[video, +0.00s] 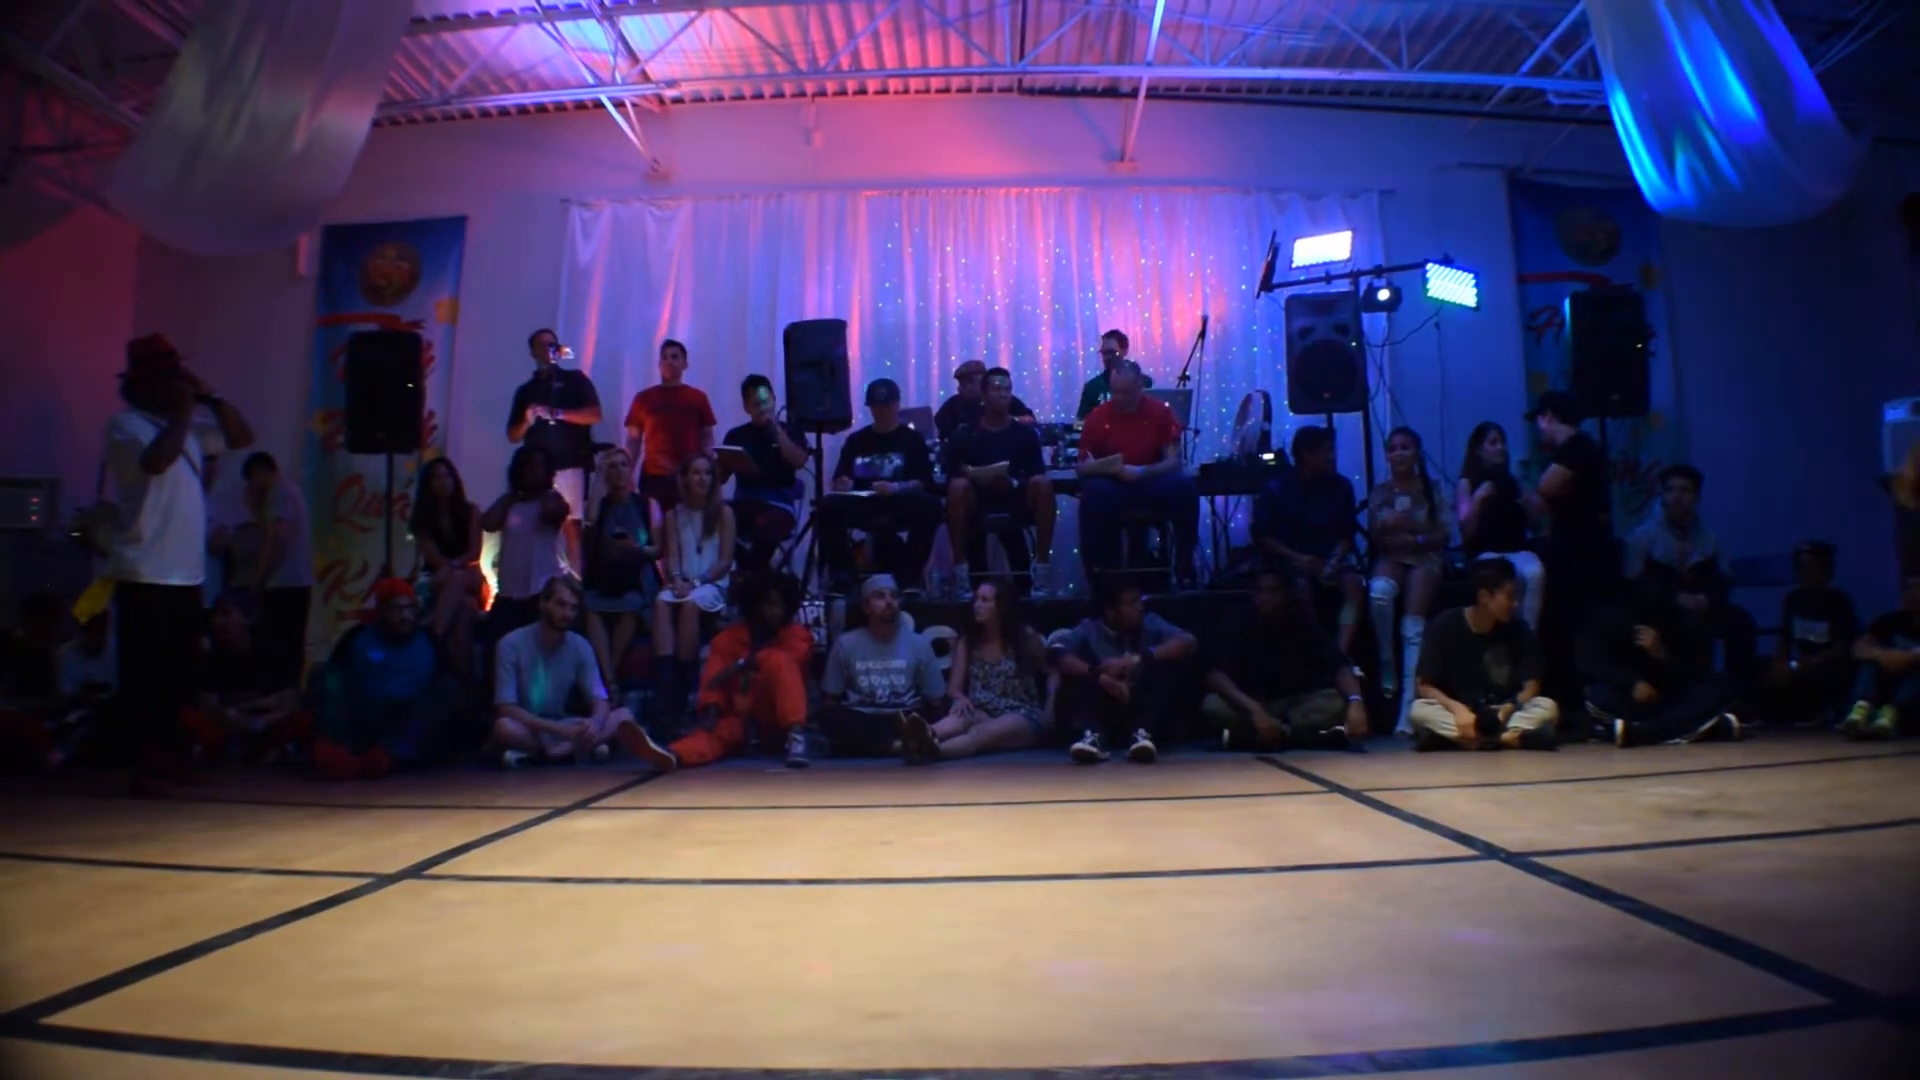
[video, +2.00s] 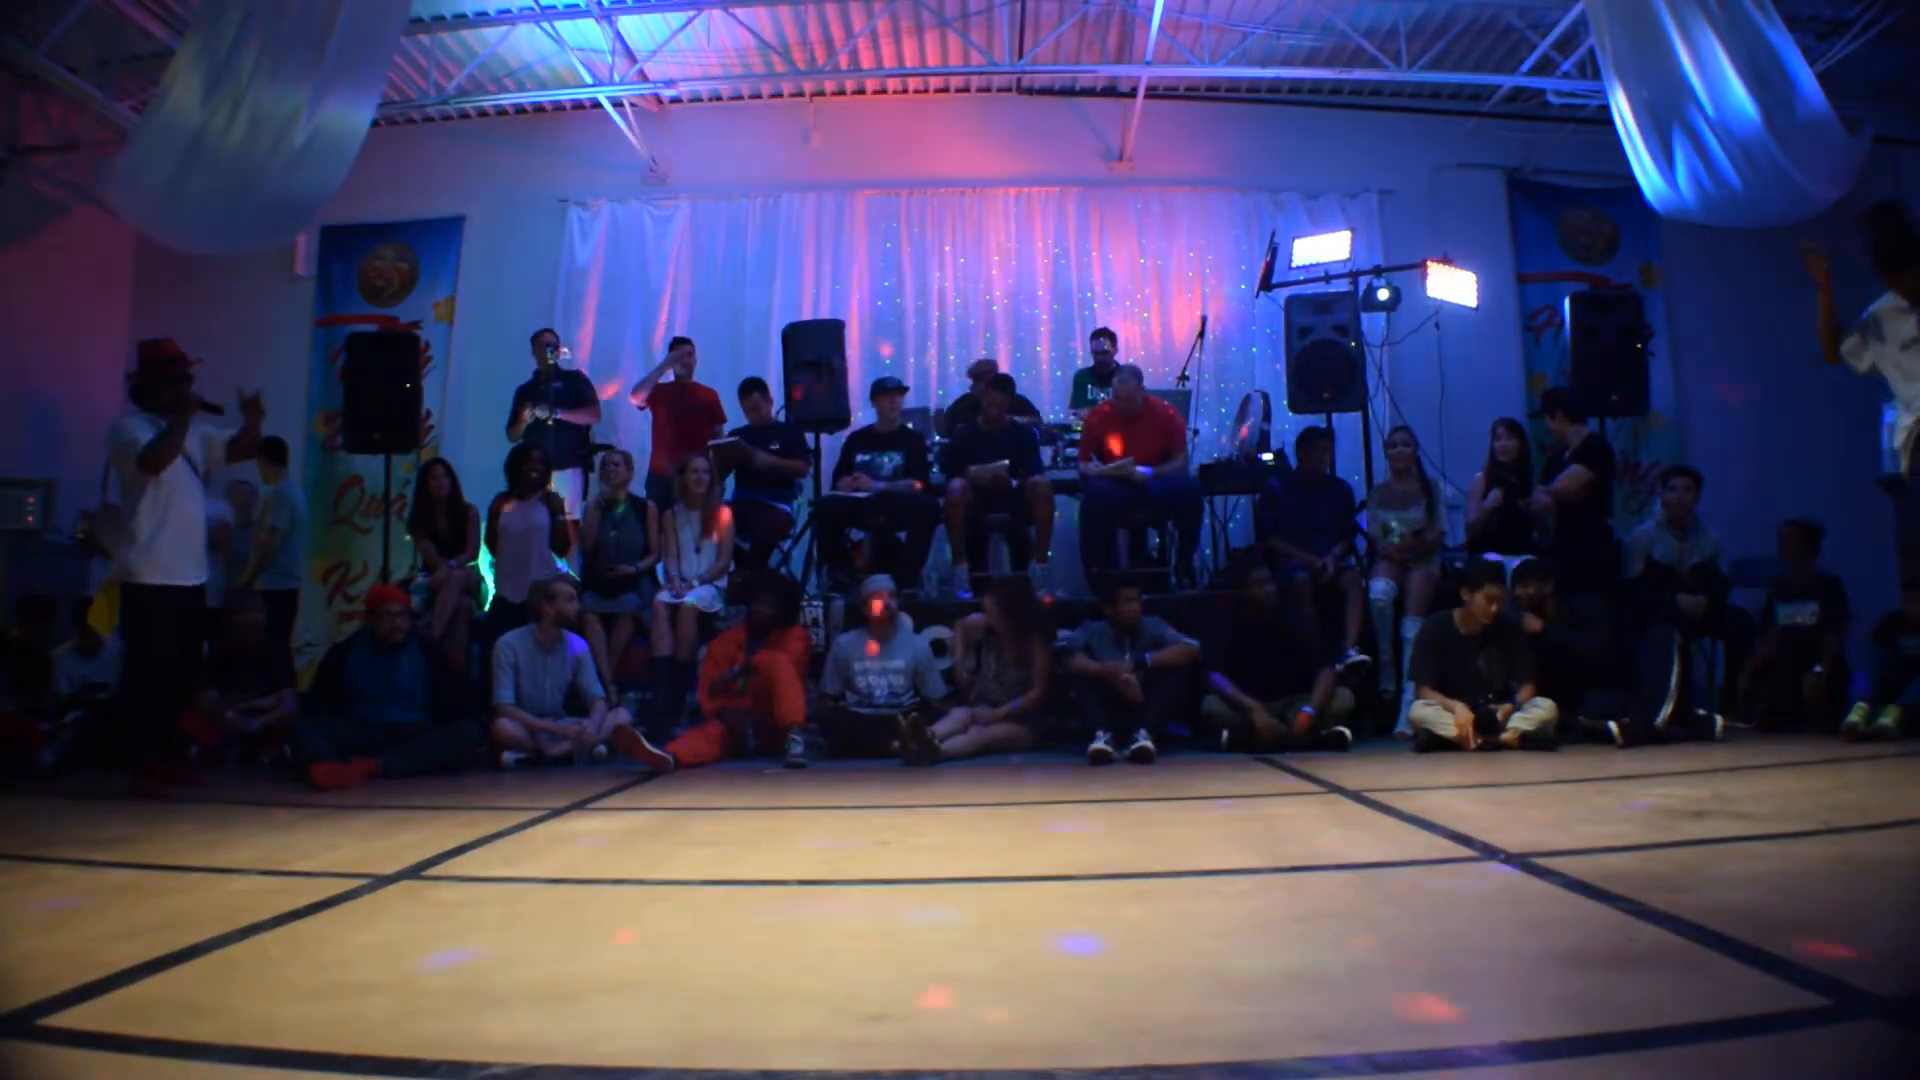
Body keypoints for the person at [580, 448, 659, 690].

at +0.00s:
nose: (618, 471)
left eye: (622, 465)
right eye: (611, 467)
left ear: (630, 470)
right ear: (603, 474)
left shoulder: (646, 505)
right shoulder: (596, 506)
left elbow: (657, 548)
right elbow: (588, 542)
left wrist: (634, 548)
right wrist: (595, 494)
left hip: (634, 575)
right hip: (602, 574)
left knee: (629, 609)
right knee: (591, 610)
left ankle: (610, 674)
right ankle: (608, 680)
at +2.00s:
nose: (610, 470)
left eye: (616, 465)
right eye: (606, 465)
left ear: (629, 472)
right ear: (601, 473)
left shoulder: (645, 507)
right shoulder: (593, 506)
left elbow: (654, 552)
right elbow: (587, 545)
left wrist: (633, 568)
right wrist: (597, 507)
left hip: (630, 576)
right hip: (599, 575)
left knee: (627, 611)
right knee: (589, 614)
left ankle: (607, 678)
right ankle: (608, 684)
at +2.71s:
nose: (619, 472)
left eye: (624, 467)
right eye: (613, 467)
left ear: (629, 473)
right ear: (601, 474)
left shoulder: (644, 508)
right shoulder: (589, 511)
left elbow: (653, 551)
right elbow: (584, 554)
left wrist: (635, 563)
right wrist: (596, 546)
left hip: (630, 578)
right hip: (600, 577)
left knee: (626, 613)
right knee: (589, 614)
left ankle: (607, 678)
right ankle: (606, 680)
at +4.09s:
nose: (613, 473)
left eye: (620, 468)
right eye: (609, 467)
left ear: (632, 475)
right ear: (604, 473)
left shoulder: (646, 508)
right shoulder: (595, 509)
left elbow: (648, 550)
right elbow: (590, 547)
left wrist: (631, 532)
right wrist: (610, 532)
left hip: (633, 578)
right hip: (602, 577)